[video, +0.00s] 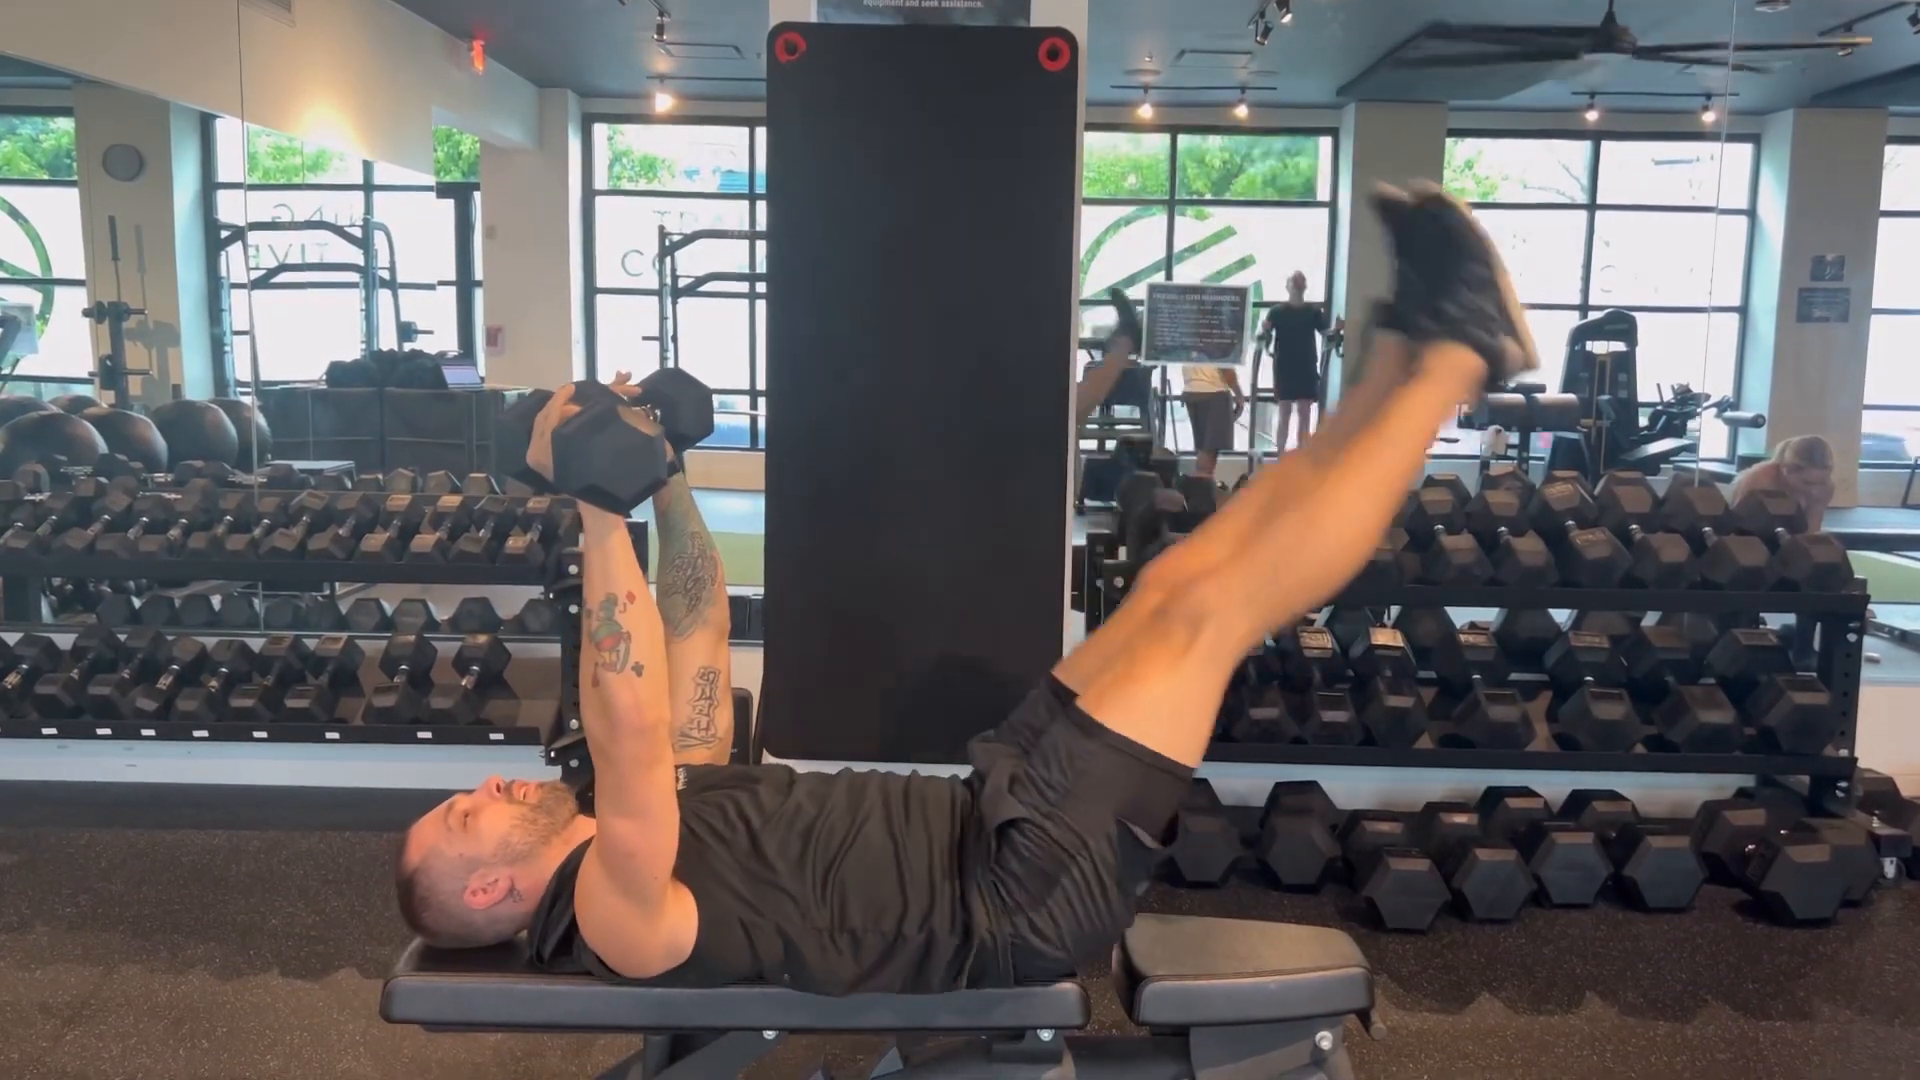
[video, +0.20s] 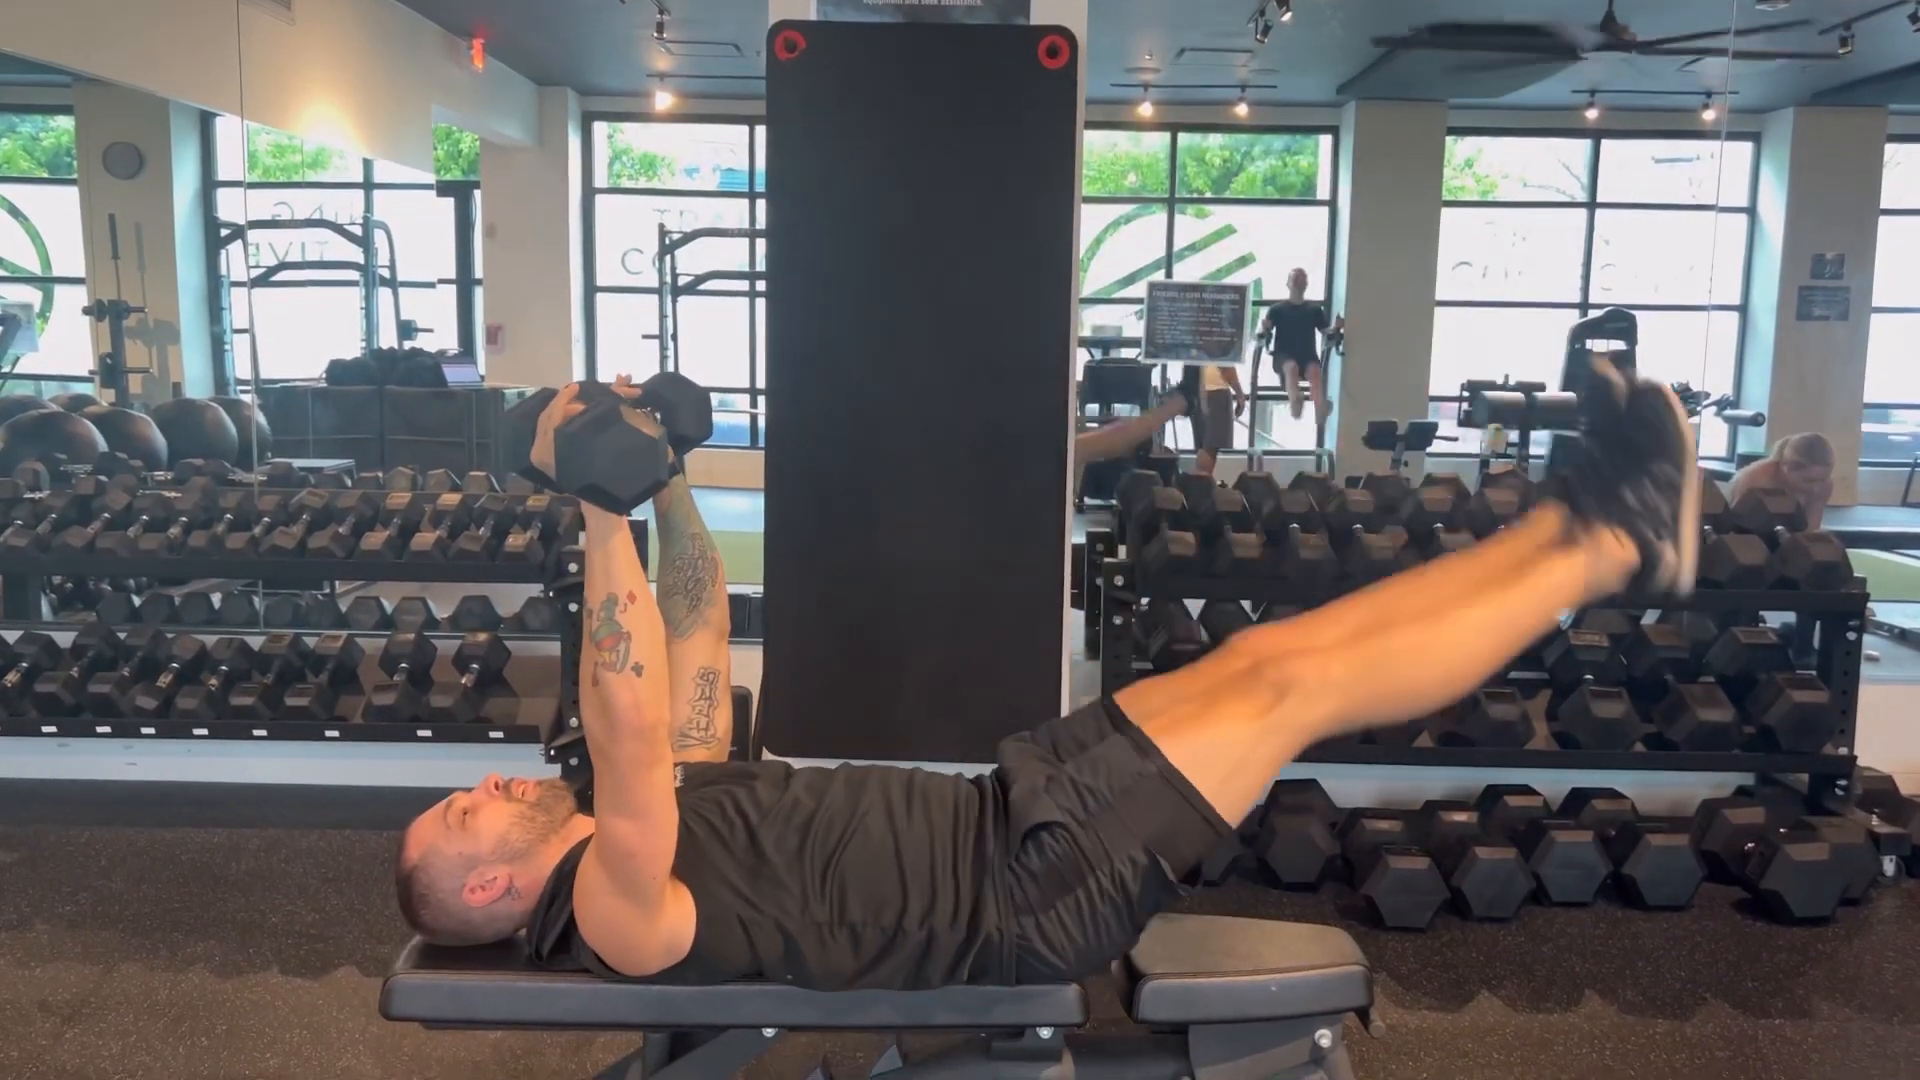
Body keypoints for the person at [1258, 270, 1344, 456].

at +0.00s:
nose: (1297, 286)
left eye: (1300, 283)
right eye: (1293, 283)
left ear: (1304, 287)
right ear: (1287, 286)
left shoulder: (1313, 311)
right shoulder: (1277, 312)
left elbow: (1325, 333)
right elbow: (1263, 337)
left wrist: (1336, 329)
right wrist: (1265, 330)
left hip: (1307, 363)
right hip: (1284, 364)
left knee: (1305, 411)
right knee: (1284, 411)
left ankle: (1303, 451)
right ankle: (1280, 452)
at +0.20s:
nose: (1300, 284)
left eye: (1303, 281)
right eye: (1296, 281)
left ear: (1306, 284)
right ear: (1288, 284)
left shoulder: (1314, 309)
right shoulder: (1277, 309)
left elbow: (1325, 331)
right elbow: (1263, 337)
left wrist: (1336, 328)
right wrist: (1265, 329)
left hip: (1307, 353)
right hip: (1284, 353)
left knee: (1315, 370)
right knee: (1291, 367)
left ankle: (1320, 413)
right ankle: (1295, 406)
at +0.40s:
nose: (1298, 287)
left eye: (1302, 284)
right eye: (1296, 283)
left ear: (1306, 285)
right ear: (1289, 284)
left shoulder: (1315, 306)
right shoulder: (1277, 306)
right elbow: (1262, 335)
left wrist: (1336, 327)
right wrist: (1265, 326)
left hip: (1308, 356)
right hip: (1284, 358)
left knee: (1316, 318)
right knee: (1290, 321)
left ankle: (1318, 333)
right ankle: (1303, 333)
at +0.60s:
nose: (1298, 287)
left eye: (1301, 284)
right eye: (1295, 284)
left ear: (1306, 284)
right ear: (1289, 283)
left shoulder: (1315, 304)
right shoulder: (1278, 304)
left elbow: (1323, 331)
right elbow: (1264, 329)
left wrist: (1336, 325)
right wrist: (1266, 323)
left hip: (1308, 355)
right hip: (1284, 356)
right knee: (1288, 317)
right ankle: (1299, 319)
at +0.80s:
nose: (1298, 283)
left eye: (1301, 279)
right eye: (1295, 279)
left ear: (1306, 280)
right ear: (1288, 280)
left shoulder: (1315, 304)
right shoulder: (1278, 303)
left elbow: (1326, 328)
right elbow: (1266, 326)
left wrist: (1337, 323)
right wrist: (1265, 322)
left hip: (1311, 348)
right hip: (1286, 350)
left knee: (1318, 336)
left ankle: (1325, 369)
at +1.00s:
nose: (1298, 280)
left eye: (1301, 277)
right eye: (1294, 277)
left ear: (1306, 278)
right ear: (1288, 279)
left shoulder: (1314, 304)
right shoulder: (1278, 304)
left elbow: (1326, 327)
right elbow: (1265, 325)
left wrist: (1336, 324)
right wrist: (1265, 321)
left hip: (1308, 350)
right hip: (1285, 350)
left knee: (1316, 373)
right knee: (1292, 375)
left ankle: (1315, 419)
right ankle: (1295, 419)